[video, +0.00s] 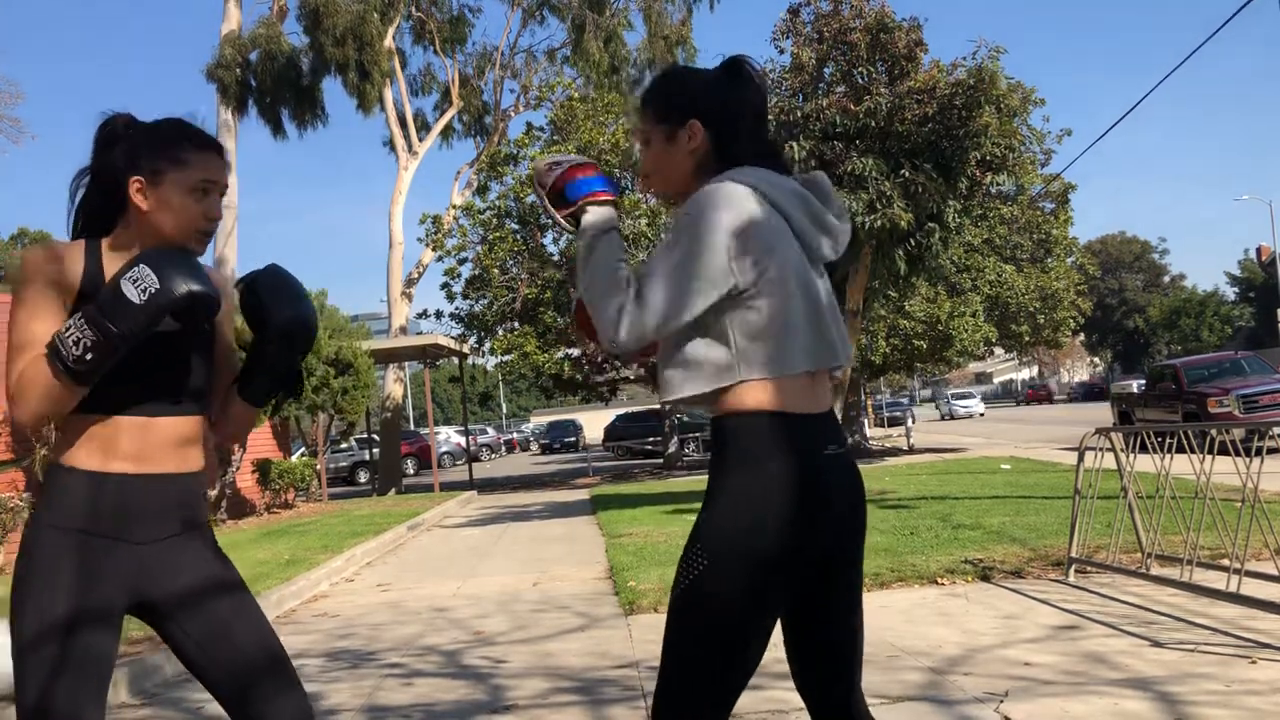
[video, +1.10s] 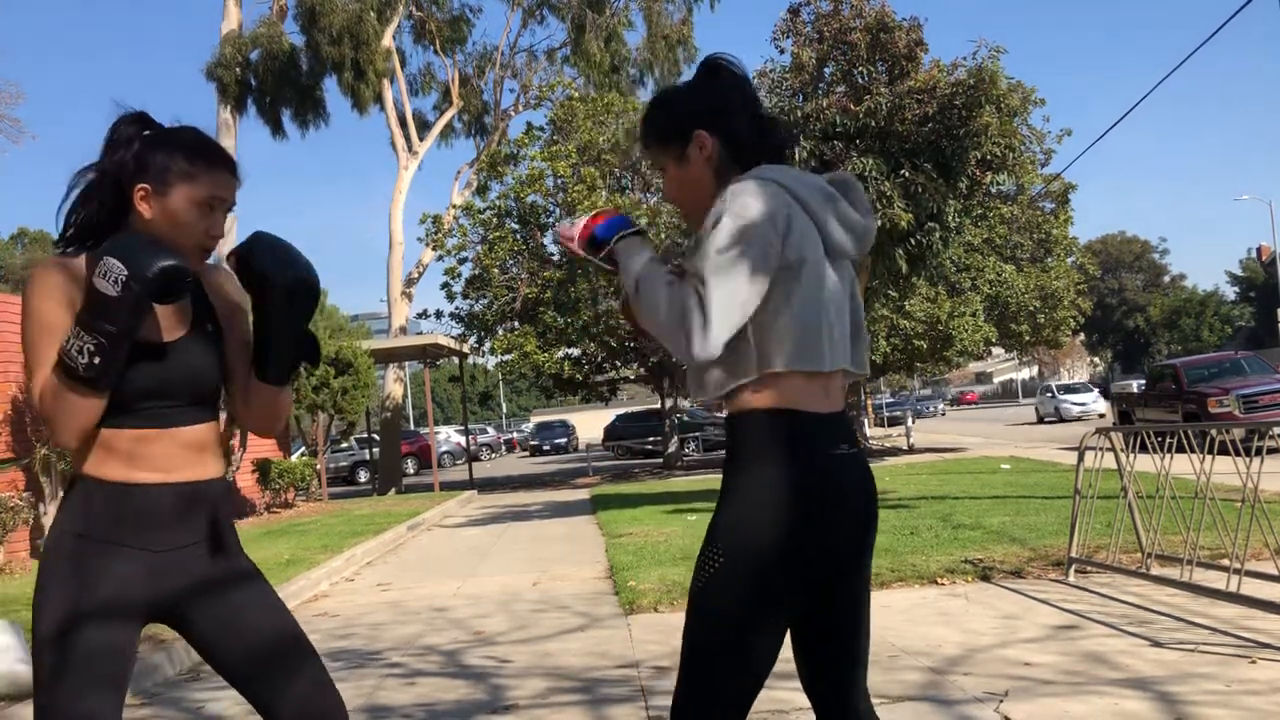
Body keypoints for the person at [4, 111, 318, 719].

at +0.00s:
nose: (218, 212)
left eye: (220, 195)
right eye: (204, 192)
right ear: (142, 192)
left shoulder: (210, 289)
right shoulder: (56, 265)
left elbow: (222, 429)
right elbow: (27, 411)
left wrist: (275, 360)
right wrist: (109, 321)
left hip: (183, 535)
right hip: (74, 536)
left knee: (284, 708)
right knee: (57, 710)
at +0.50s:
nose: (204, 227)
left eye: (206, 211)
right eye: (190, 207)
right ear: (127, 205)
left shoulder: (193, 297)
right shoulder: (41, 277)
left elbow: (252, 425)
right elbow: (49, 422)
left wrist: (276, 340)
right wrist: (108, 317)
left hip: (190, 541)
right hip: (82, 546)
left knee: (323, 697)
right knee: (70, 709)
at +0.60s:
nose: (211, 204)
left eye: (212, 188)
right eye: (195, 186)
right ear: (131, 188)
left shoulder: (220, 267)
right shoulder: (62, 271)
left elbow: (342, 322)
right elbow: (48, 421)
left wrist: (351, 255)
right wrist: (90, 312)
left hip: (208, 529)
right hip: (99, 533)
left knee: (313, 706)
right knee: (79, 711)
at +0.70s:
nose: (226, 209)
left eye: (230, 192)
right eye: (211, 191)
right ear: (145, 190)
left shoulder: (246, 250)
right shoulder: (82, 275)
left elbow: (379, 229)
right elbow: (87, 426)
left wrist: (460, 165)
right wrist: (110, 318)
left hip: (221, 533)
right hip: (113, 531)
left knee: (314, 703)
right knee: (82, 707)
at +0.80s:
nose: (231, 217)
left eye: (236, 201)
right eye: (217, 199)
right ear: (152, 194)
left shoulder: (246, 254)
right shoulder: (83, 277)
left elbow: (378, 253)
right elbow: (93, 429)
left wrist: (434, 186)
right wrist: (120, 323)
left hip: (225, 535)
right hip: (116, 533)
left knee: (326, 707)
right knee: (80, 711)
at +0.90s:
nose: (229, 225)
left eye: (234, 208)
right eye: (216, 206)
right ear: (151, 199)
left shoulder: (232, 273)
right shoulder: (74, 279)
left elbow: (339, 360)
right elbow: (76, 436)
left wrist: (360, 274)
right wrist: (112, 327)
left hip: (224, 536)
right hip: (115, 537)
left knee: (330, 707)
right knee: (83, 711)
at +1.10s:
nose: (222, 227)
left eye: (228, 211)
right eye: (210, 207)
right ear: (145, 199)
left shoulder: (218, 287)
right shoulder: (59, 281)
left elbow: (266, 419)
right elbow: (65, 430)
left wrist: (284, 318)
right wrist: (107, 321)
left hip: (208, 540)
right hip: (101, 541)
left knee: (318, 708)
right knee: (75, 710)